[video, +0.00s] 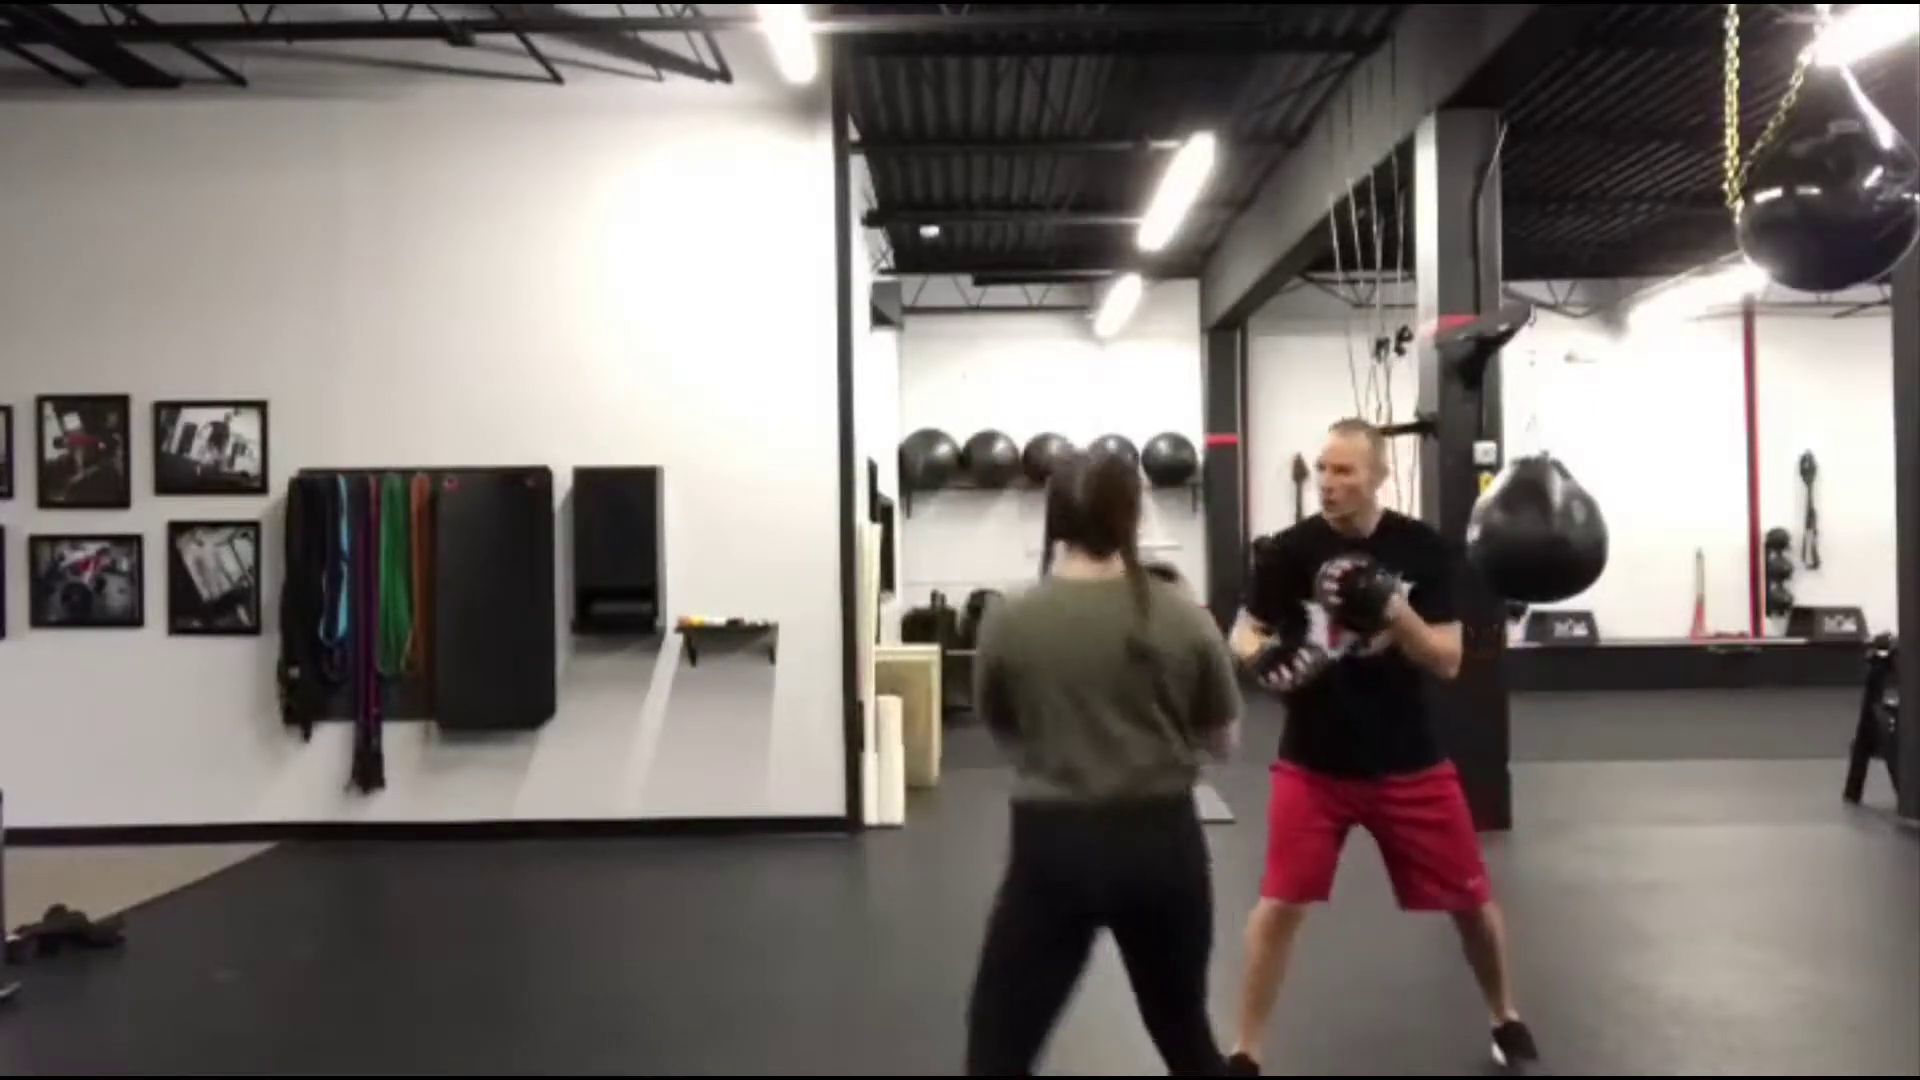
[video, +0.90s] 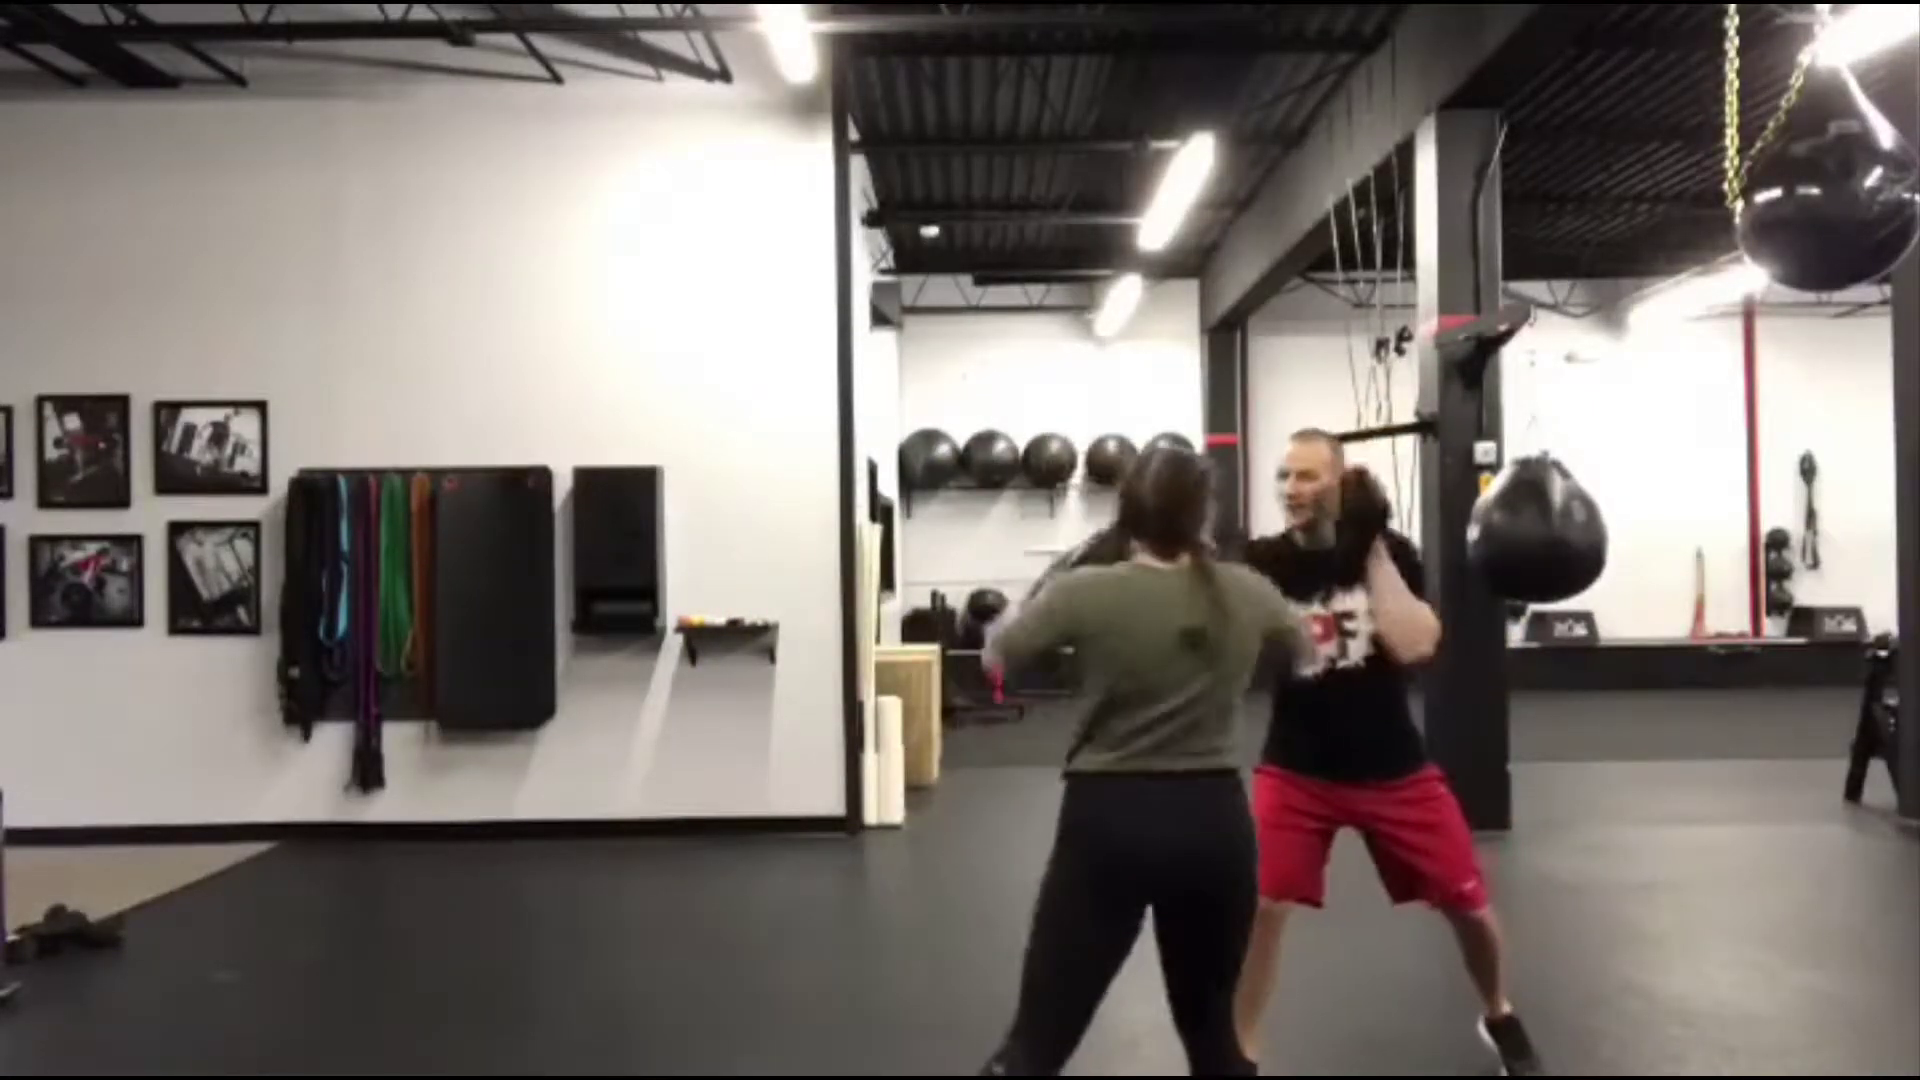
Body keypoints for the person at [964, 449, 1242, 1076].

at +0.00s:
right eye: (1135, 503)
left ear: (1056, 517)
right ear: (1134, 515)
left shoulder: (1013, 617)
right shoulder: (1178, 614)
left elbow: (1001, 725)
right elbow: (1219, 728)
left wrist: (1071, 733)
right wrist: (1147, 721)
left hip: (1053, 853)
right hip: (1161, 849)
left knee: (999, 1043)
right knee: (1182, 1025)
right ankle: (1217, 1070)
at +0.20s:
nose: (1131, 518)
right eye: (1126, 509)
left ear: (1035, 517)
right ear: (1113, 522)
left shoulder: (975, 605)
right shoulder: (1146, 624)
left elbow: (961, 705)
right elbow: (1182, 743)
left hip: (983, 842)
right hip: (1093, 848)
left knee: (972, 1058)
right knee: (1143, 1043)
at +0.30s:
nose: (1112, 569)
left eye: (1106, 558)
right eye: (1108, 559)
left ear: (1023, 563)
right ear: (1100, 572)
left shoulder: (964, 646)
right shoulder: (1123, 676)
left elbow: (942, 739)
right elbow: (1155, 811)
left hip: (956, 890)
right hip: (1068, 902)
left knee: (956, 1066)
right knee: (1130, 1062)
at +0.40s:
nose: (1108, 568)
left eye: (1105, 556)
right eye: (1104, 557)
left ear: (1018, 559)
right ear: (1092, 566)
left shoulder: (961, 644)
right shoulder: (1119, 667)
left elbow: (939, 739)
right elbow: (1169, 773)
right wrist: (1176, 706)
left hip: (960, 897)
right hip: (1070, 902)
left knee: (952, 1063)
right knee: (1135, 1019)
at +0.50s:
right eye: (1103, 519)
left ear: (1021, 525)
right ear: (1099, 528)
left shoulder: (972, 619)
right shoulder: (1139, 624)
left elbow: (947, 708)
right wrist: (1235, 630)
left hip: (999, 862)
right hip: (1109, 862)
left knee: (978, 1057)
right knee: (1155, 1034)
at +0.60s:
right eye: (1115, 507)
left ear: (1040, 523)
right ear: (1116, 518)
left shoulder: (1008, 617)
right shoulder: (1173, 600)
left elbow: (960, 710)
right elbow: (1300, 641)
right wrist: (1261, 587)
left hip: (1049, 848)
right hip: (1155, 840)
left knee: (999, 1051)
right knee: (1178, 1029)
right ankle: (1220, 1074)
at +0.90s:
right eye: (1201, 503)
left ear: (1126, 510)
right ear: (1203, 514)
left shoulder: (1085, 592)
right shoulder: (1245, 590)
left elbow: (1003, 652)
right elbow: (1301, 649)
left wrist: (1061, 578)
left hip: (1107, 819)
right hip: (1213, 818)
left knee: (1040, 1038)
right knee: (1212, 1027)